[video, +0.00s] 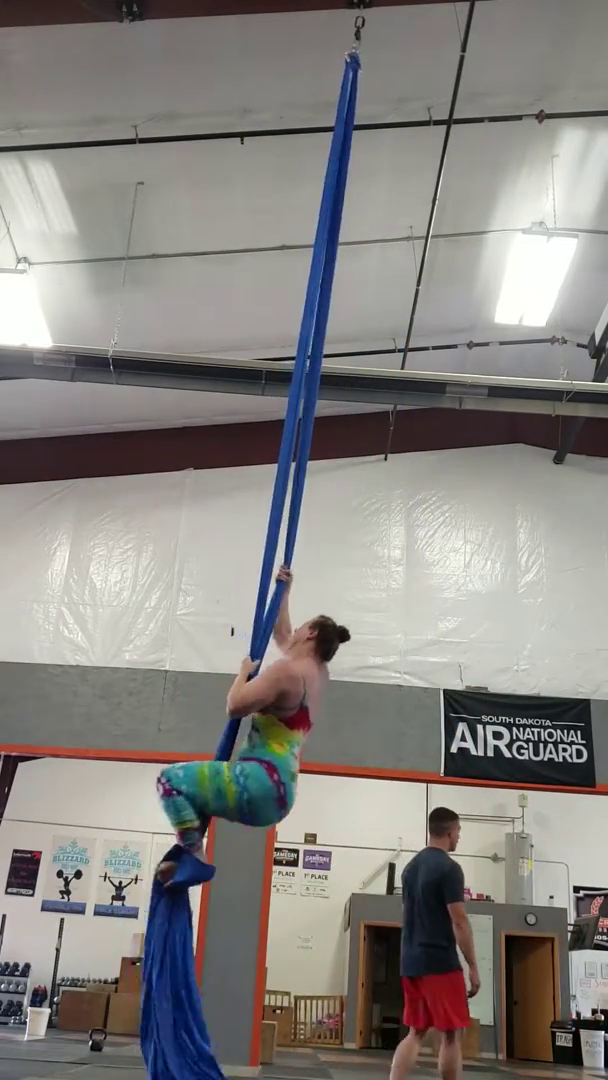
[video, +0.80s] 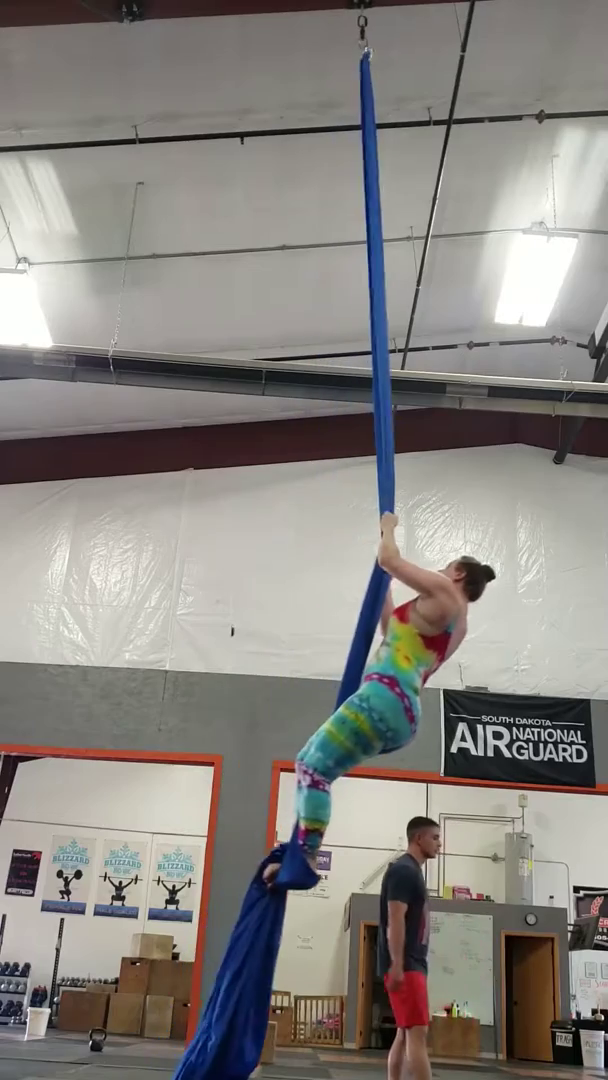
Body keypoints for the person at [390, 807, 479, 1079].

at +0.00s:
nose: (459, 837)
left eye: (459, 832)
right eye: (458, 832)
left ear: (430, 832)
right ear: (452, 833)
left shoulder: (411, 866)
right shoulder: (448, 867)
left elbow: (409, 917)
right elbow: (459, 920)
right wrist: (472, 966)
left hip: (410, 962)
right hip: (441, 963)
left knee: (416, 1032)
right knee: (452, 1035)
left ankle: (395, 1076)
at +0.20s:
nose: (461, 838)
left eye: (461, 833)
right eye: (461, 833)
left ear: (434, 832)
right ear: (455, 833)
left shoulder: (416, 866)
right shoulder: (452, 867)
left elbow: (416, 916)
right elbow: (467, 920)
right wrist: (484, 965)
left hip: (416, 960)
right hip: (443, 960)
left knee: (424, 1030)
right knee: (455, 1032)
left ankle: (396, 1076)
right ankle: (450, 1077)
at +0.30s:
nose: (461, 836)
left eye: (460, 831)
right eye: (459, 831)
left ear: (434, 832)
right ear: (449, 833)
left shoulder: (416, 867)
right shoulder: (447, 868)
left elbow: (422, 916)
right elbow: (464, 921)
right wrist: (487, 961)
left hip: (416, 962)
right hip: (441, 963)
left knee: (422, 1033)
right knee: (452, 1035)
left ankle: (402, 1077)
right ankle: (449, 1078)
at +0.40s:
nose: (457, 837)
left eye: (457, 831)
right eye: (454, 831)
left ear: (434, 833)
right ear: (441, 833)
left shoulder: (415, 867)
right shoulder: (439, 869)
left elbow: (418, 919)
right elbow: (456, 921)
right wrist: (485, 957)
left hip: (414, 962)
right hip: (437, 963)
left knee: (420, 1034)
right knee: (452, 1034)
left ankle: (400, 1077)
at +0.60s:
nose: (446, 840)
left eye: (446, 834)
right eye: (442, 834)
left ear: (424, 836)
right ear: (426, 835)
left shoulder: (413, 867)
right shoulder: (419, 870)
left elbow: (420, 922)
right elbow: (427, 922)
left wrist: (446, 959)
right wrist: (453, 960)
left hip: (405, 964)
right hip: (421, 965)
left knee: (410, 1034)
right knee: (438, 1033)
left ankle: (397, 1077)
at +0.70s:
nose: (442, 842)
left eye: (442, 837)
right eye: (438, 837)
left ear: (422, 839)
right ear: (421, 838)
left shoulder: (410, 869)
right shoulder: (411, 871)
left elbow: (411, 924)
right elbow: (412, 926)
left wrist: (423, 966)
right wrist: (426, 967)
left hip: (403, 967)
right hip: (411, 967)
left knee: (406, 1036)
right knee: (428, 1036)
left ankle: (395, 1077)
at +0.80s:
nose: (439, 844)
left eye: (439, 838)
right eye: (435, 838)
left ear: (418, 840)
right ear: (418, 838)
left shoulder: (411, 869)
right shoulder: (403, 870)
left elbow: (406, 919)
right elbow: (395, 918)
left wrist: (412, 963)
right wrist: (397, 964)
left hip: (410, 965)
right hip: (406, 966)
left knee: (404, 1035)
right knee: (417, 1034)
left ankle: (395, 1076)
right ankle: (421, 1077)